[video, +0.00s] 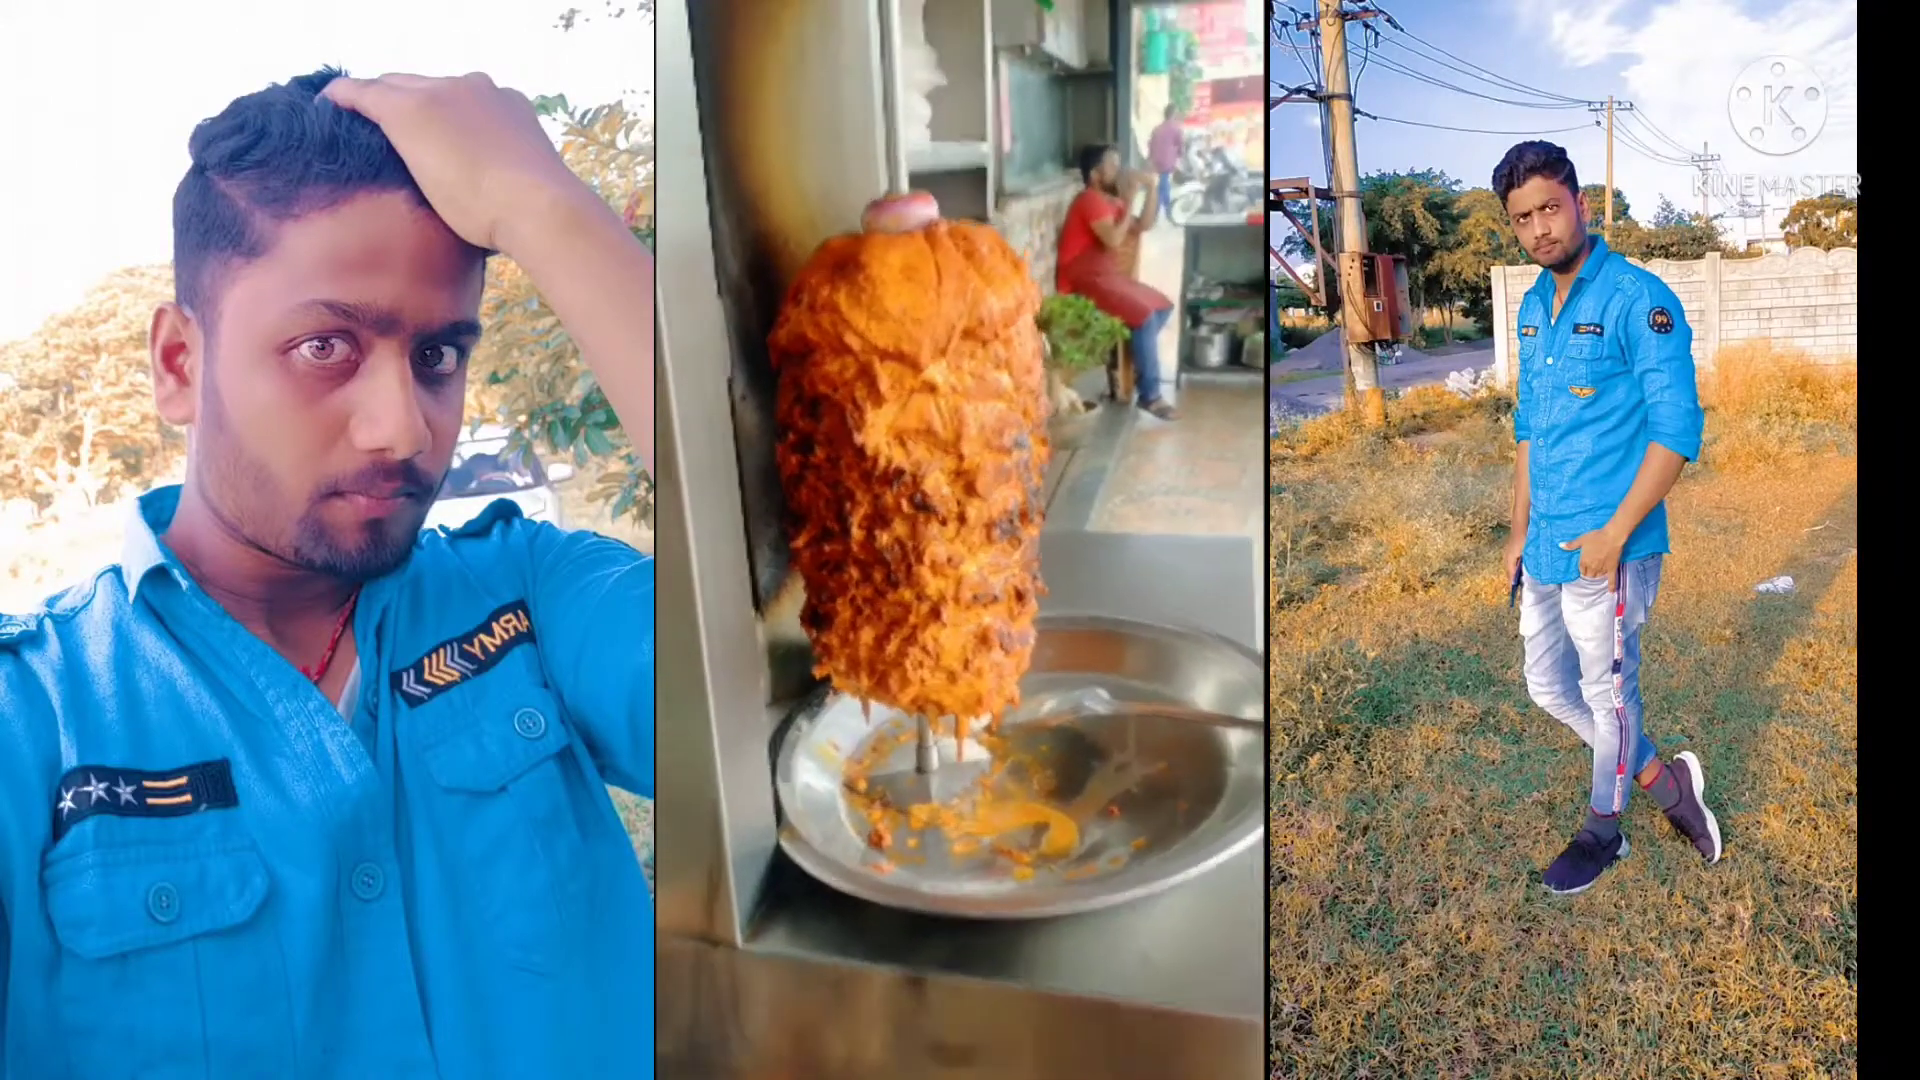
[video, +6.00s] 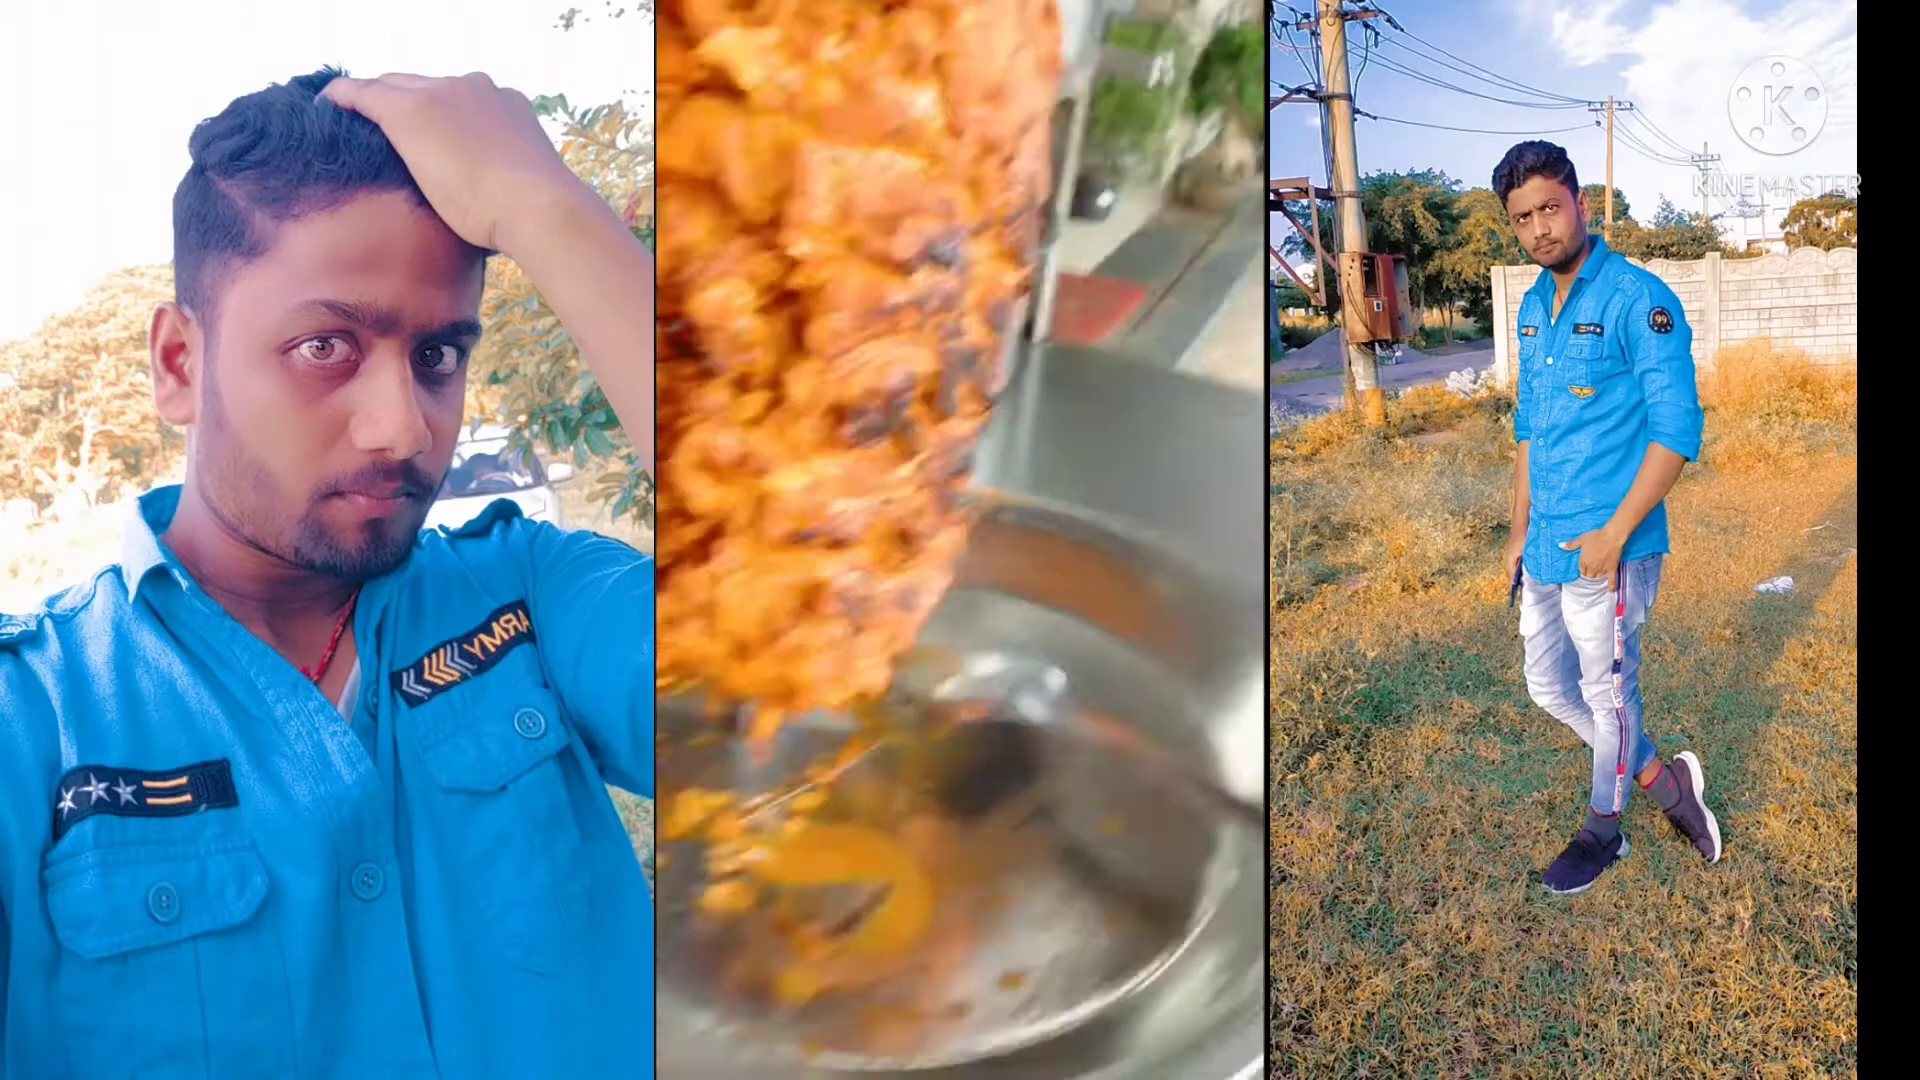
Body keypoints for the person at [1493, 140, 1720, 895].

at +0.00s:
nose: (1538, 228)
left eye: (1549, 208)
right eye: (1522, 218)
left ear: (1581, 203)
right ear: (1513, 228)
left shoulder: (1640, 298)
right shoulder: (1534, 307)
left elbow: (1678, 431)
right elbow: (1529, 431)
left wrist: (1615, 532)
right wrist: (1520, 530)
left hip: (1611, 536)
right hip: (1544, 538)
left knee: (1610, 689)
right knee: (1548, 684)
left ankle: (1602, 828)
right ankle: (1666, 778)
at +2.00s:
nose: (1538, 228)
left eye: (1549, 208)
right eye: (1522, 219)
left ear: (1582, 203)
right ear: (1513, 229)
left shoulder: (1640, 298)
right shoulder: (1534, 306)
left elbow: (1678, 432)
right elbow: (1529, 431)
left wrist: (1616, 531)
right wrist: (1520, 529)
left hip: (1612, 536)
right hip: (1544, 537)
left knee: (1609, 689)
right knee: (1549, 684)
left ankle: (1602, 828)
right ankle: (1665, 778)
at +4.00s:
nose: (1537, 229)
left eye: (1548, 208)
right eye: (1522, 219)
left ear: (1582, 202)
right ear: (1513, 228)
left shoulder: (1641, 298)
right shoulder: (1534, 306)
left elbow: (1678, 432)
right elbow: (1529, 431)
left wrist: (1616, 532)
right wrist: (1520, 528)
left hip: (1612, 537)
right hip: (1544, 538)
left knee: (1610, 690)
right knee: (1549, 684)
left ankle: (1602, 828)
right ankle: (1664, 777)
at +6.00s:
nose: (1538, 229)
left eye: (1549, 208)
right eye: (1522, 219)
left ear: (1582, 203)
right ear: (1513, 228)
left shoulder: (1640, 298)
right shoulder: (1534, 307)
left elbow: (1678, 431)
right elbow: (1529, 431)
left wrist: (1615, 533)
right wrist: (1520, 529)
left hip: (1611, 537)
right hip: (1544, 538)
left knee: (1610, 690)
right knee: (1549, 684)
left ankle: (1602, 828)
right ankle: (1665, 779)